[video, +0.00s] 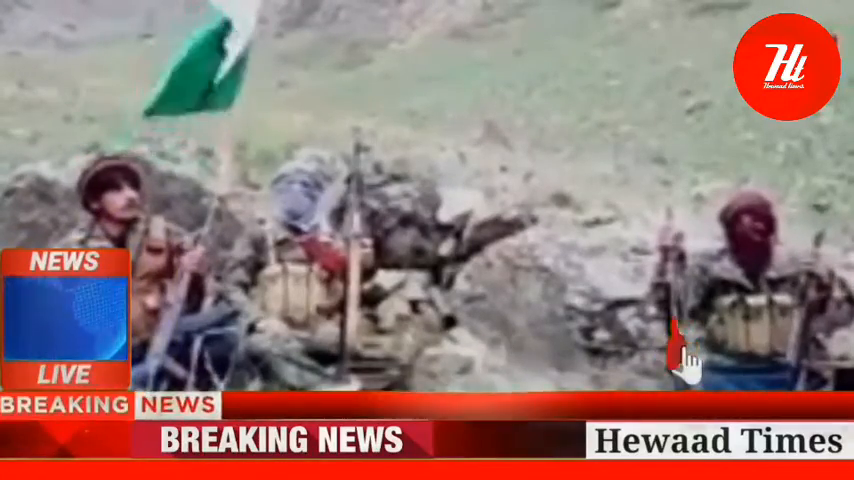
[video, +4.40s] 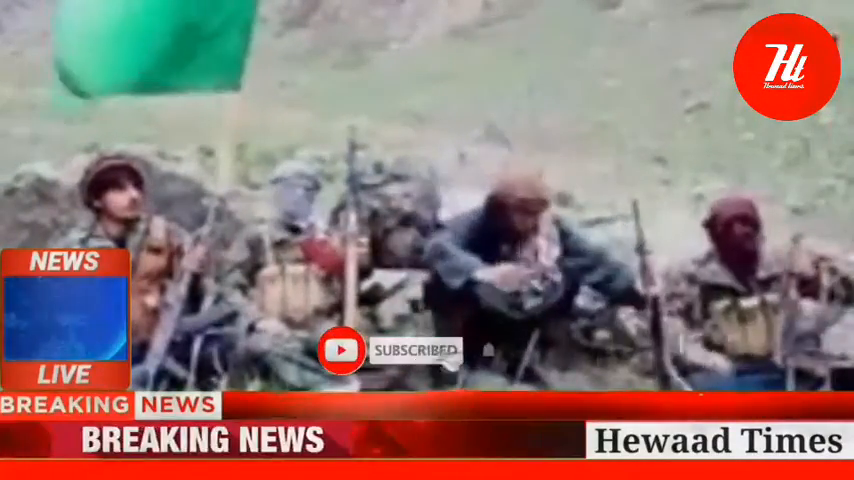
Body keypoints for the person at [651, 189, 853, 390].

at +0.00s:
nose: (760, 226)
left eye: (766, 220)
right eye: (751, 217)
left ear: (773, 228)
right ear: (732, 224)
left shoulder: (794, 271)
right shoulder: (706, 269)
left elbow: (841, 314)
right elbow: (673, 310)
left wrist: (824, 296)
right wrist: (668, 265)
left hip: (782, 374)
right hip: (721, 374)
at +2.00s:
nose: (763, 226)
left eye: (768, 220)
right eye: (754, 217)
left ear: (774, 227)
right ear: (732, 223)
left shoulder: (795, 270)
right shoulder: (703, 269)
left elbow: (832, 319)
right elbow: (676, 313)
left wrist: (828, 290)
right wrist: (667, 269)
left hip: (787, 374)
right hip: (720, 375)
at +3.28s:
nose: (753, 225)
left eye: (762, 217)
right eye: (743, 218)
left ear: (774, 227)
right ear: (732, 227)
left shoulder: (795, 269)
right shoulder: (706, 268)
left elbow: (829, 318)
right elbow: (677, 312)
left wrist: (829, 286)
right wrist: (666, 270)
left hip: (785, 376)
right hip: (723, 376)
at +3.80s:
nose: (758, 238)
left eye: (766, 228)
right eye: (748, 229)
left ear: (775, 231)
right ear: (733, 233)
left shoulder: (796, 272)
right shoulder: (706, 272)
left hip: (784, 374)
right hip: (723, 375)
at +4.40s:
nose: (746, 232)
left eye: (750, 224)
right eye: (734, 225)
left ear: (759, 229)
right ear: (714, 233)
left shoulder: (783, 272)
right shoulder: (687, 277)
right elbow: (675, 336)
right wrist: (725, 367)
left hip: (782, 368)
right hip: (722, 373)